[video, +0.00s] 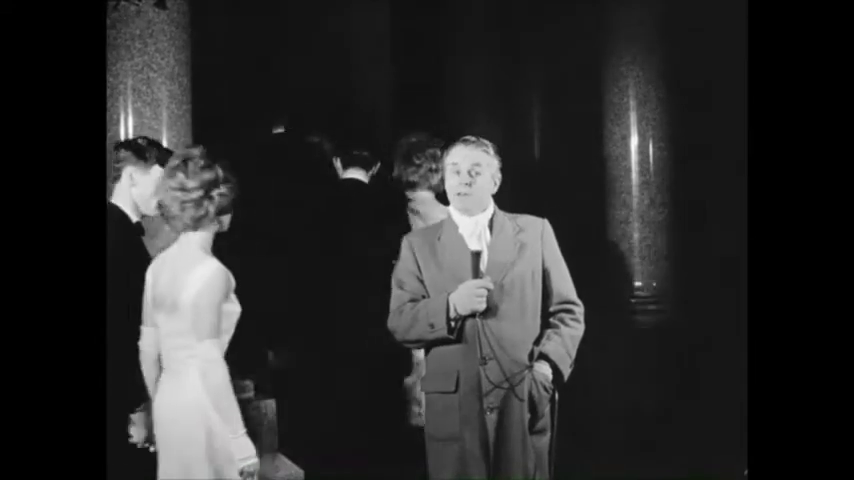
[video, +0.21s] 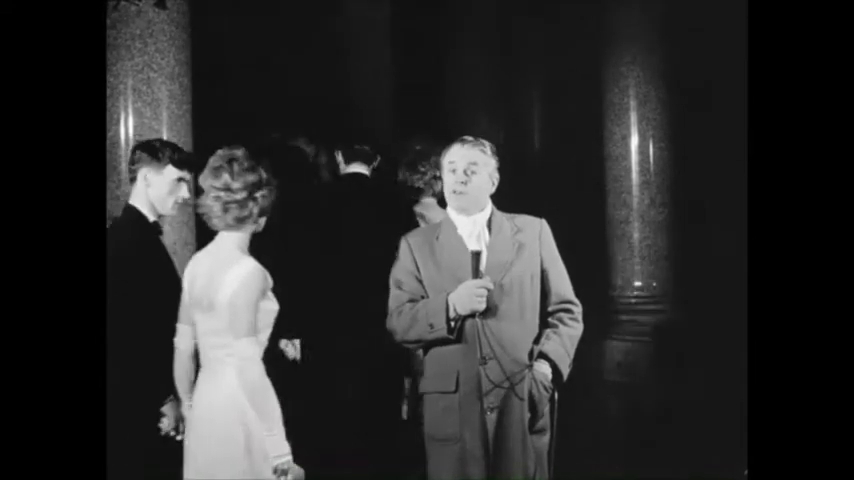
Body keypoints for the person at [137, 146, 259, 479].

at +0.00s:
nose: (233, 210)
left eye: (230, 200)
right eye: (229, 202)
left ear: (178, 208)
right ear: (219, 209)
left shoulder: (157, 267)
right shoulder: (211, 273)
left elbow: (148, 348)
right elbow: (211, 363)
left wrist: (159, 405)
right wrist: (241, 443)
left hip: (168, 394)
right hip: (205, 394)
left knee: (177, 472)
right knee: (208, 472)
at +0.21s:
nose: (267, 212)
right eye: (266, 204)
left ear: (213, 207)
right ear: (260, 210)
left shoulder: (196, 265)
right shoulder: (249, 273)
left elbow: (183, 346)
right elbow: (250, 366)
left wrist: (187, 405)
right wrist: (279, 448)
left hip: (205, 397)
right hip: (245, 398)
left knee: (208, 472)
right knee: (245, 473)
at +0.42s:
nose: (307, 209)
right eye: (306, 202)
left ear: (254, 204)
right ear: (300, 209)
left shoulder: (234, 260)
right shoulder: (295, 271)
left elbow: (218, 336)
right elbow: (292, 356)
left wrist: (215, 394)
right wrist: (316, 433)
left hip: (244, 388)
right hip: (285, 391)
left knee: (248, 472)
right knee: (291, 472)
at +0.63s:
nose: (339, 206)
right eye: (337, 198)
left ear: (286, 200)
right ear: (332, 205)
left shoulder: (263, 255)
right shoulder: (330, 266)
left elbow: (246, 327)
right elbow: (328, 344)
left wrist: (243, 383)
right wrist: (353, 417)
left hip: (274, 381)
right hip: (316, 382)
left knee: (282, 470)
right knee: (320, 470)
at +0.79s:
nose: (360, 205)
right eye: (357, 197)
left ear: (307, 203)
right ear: (351, 206)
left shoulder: (286, 258)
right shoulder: (354, 268)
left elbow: (267, 329)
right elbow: (354, 345)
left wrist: (262, 384)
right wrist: (375, 413)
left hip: (297, 377)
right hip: (341, 380)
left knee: (304, 469)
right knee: (341, 469)